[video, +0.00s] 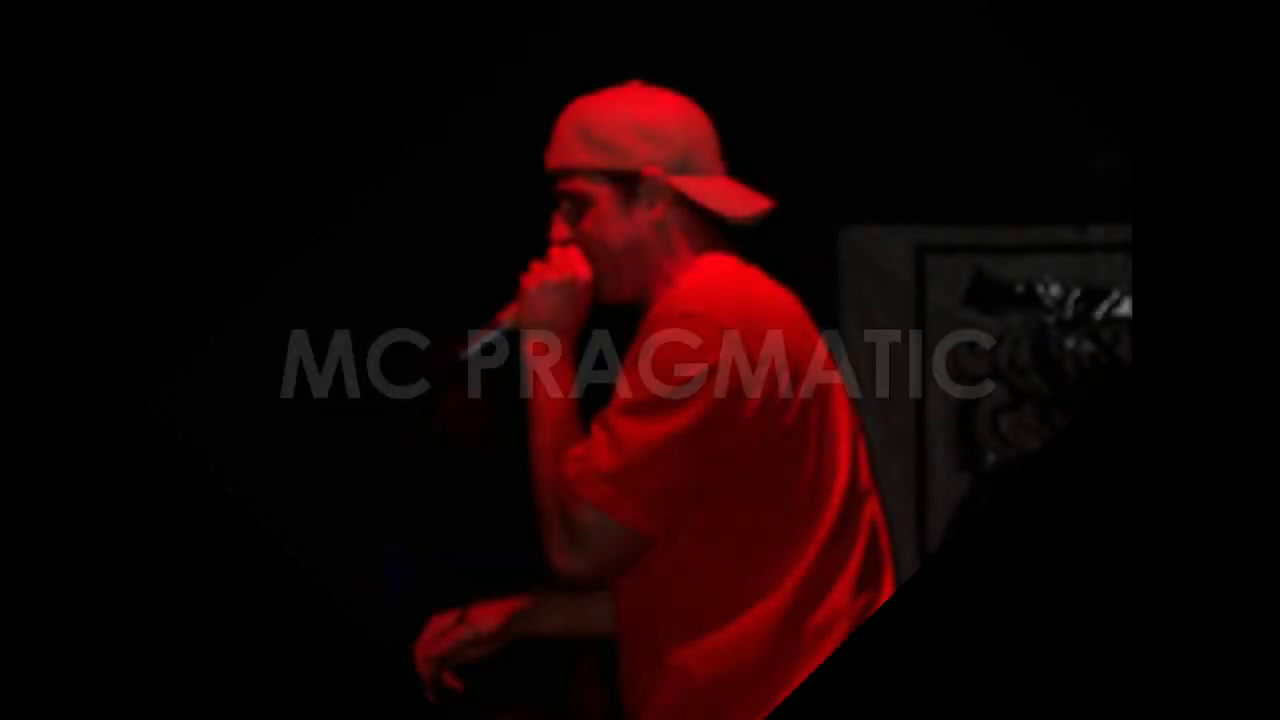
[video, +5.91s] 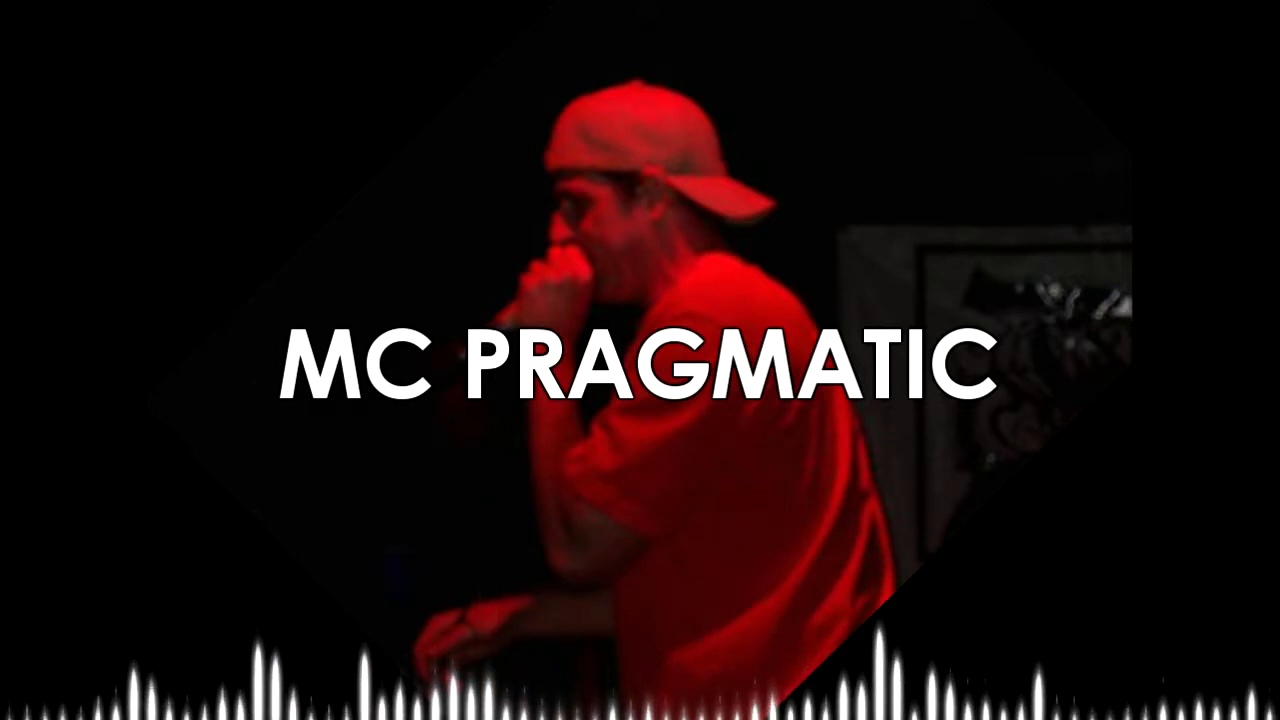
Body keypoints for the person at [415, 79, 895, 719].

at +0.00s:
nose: (559, 234)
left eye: (576, 206)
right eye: (559, 209)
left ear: (653, 200)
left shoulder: (705, 315)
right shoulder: (750, 305)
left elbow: (578, 543)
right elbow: (702, 576)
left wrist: (545, 346)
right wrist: (521, 621)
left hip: (732, 697)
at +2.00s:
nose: (559, 233)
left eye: (576, 206)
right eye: (559, 209)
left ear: (653, 200)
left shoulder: (707, 313)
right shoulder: (743, 304)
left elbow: (578, 543)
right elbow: (698, 579)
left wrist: (545, 349)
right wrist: (519, 620)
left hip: (738, 704)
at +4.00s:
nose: (560, 233)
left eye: (577, 206)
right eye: (559, 209)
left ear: (652, 198)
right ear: (649, 200)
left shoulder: (706, 314)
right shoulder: (746, 304)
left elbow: (577, 544)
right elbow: (698, 578)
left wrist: (546, 348)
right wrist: (518, 620)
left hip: (738, 705)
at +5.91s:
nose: (560, 233)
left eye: (577, 206)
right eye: (559, 209)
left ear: (652, 199)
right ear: (649, 200)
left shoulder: (706, 314)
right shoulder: (745, 303)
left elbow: (577, 544)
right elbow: (699, 580)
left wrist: (545, 347)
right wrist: (519, 619)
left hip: (740, 704)